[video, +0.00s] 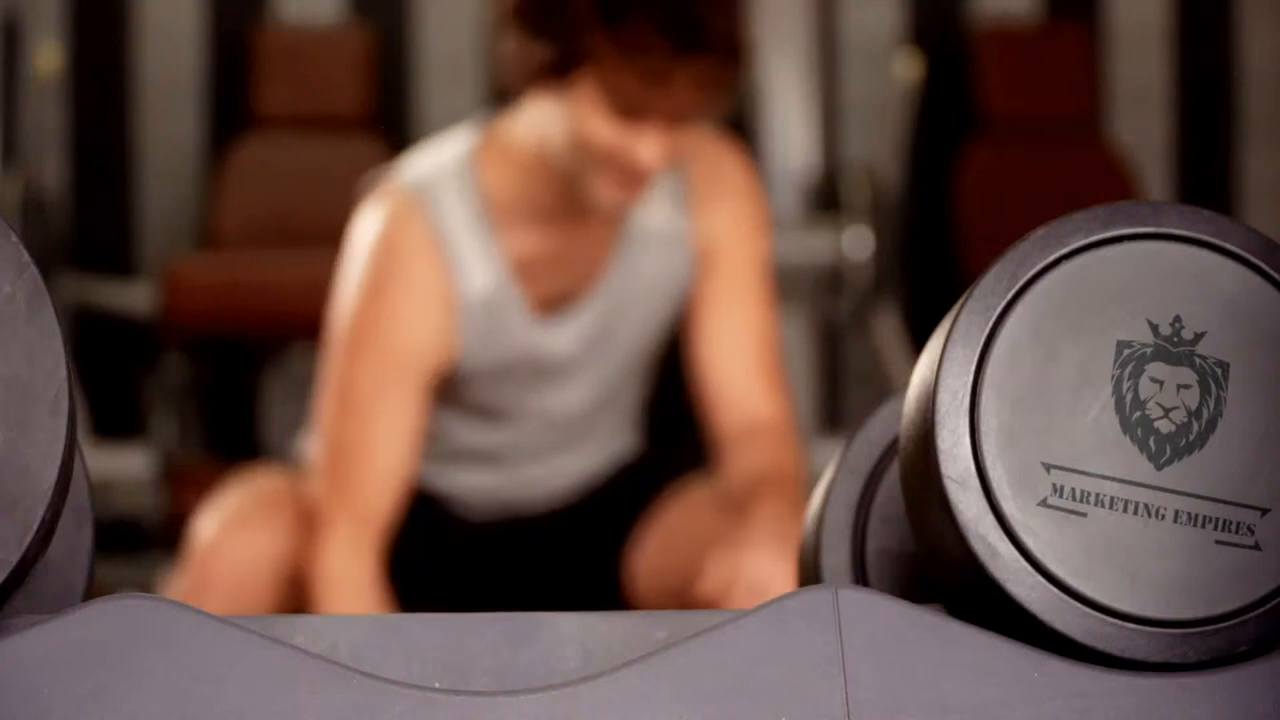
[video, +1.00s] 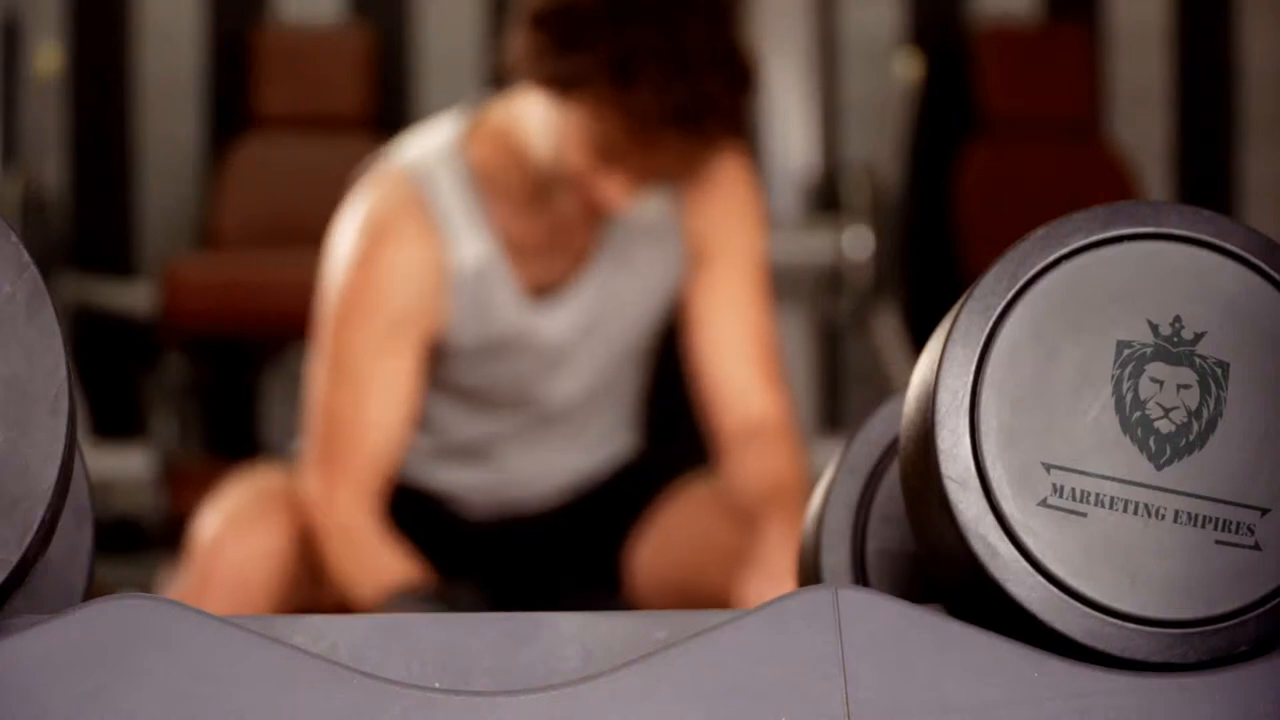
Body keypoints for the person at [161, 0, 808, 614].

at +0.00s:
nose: (651, 154)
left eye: (678, 121)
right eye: (626, 113)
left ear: (704, 107)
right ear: (547, 74)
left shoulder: (710, 182)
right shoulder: (414, 224)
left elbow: (756, 437)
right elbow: (347, 542)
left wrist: (765, 553)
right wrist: (394, 708)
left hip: (600, 523)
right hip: (417, 530)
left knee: (766, 549)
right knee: (243, 530)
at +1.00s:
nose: (622, 199)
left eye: (655, 175)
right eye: (606, 161)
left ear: (695, 146)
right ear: (553, 90)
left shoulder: (705, 175)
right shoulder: (402, 211)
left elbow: (753, 428)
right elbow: (340, 502)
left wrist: (779, 571)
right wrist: (449, 640)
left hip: (602, 515)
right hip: (417, 524)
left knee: (789, 539)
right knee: (245, 524)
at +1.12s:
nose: (613, 202)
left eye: (646, 177)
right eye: (597, 164)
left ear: (690, 148)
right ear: (545, 91)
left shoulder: (701, 175)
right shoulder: (385, 208)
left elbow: (755, 428)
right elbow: (341, 502)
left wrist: (777, 579)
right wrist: (509, 579)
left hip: (604, 519)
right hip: (412, 522)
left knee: (794, 524)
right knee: (245, 527)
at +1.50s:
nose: (588, 201)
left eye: (615, 174)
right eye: (573, 164)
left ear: (652, 137)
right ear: (509, 98)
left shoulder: (671, 173)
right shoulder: (328, 212)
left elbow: (747, 423)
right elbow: (340, 499)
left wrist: (790, 586)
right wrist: (489, 465)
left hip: (600, 522)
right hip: (400, 527)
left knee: (778, 540)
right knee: (235, 532)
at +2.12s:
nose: (600, 180)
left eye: (633, 153)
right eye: (584, 141)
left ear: (672, 119)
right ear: (527, 75)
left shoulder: (692, 171)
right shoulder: (369, 210)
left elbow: (750, 423)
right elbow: (341, 497)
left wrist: (797, 536)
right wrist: (497, 574)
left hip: (607, 512)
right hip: (423, 516)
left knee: (794, 533)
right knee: (241, 528)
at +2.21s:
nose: (605, 182)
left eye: (639, 155)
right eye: (588, 142)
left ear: (676, 122)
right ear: (527, 78)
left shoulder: (698, 174)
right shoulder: (380, 209)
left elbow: (752, 425)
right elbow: (344, 507)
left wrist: (802, 544)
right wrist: (436, 636)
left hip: (605, 512)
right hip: (415, 518)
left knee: (800, 542)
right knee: (241, 529)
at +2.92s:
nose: (613, 207)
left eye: (646, 176)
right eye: (593, 166)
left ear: (681, 147)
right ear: (529, 101)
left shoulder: (695, 178)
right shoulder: (394, 242)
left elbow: (756, 431)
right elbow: (348, 554)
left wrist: (805, 575)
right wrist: (354, 719)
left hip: (602, 524)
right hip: (416, 533)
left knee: (795, 539)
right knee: (238, 533)